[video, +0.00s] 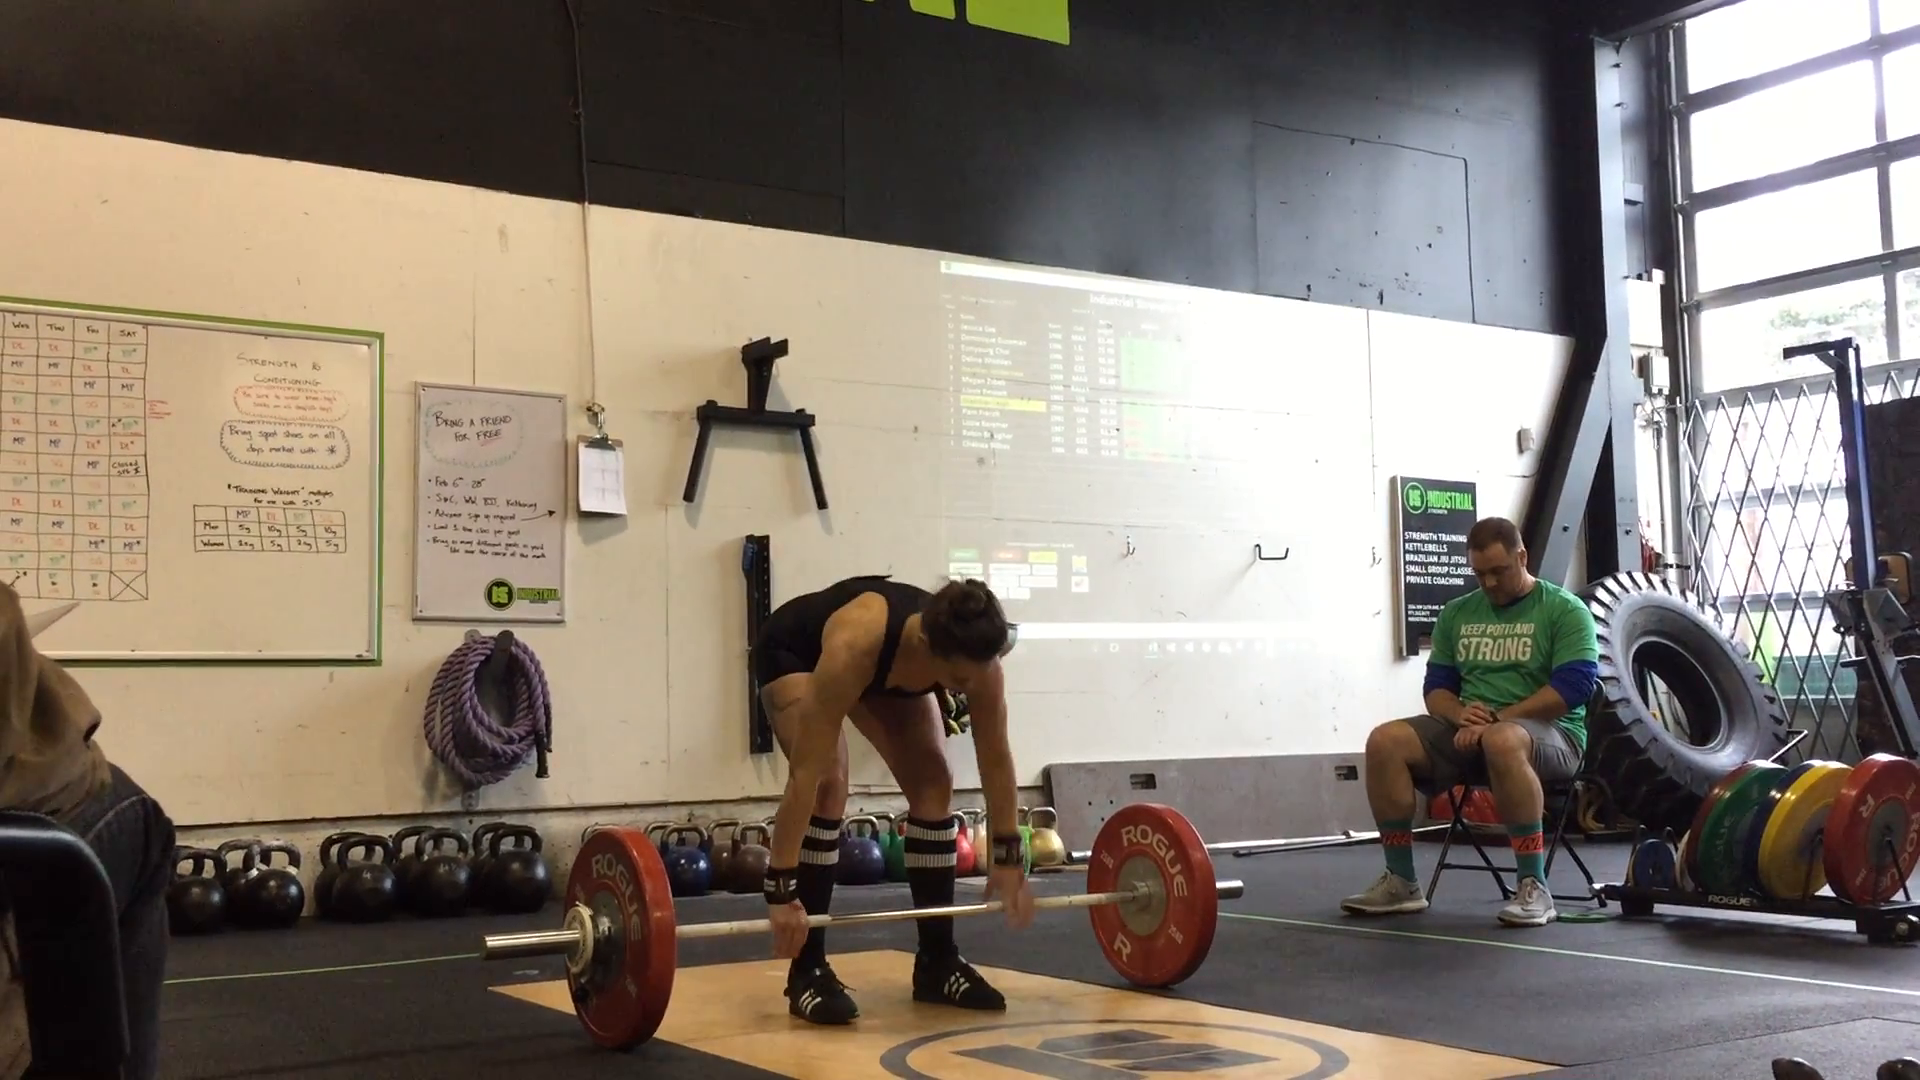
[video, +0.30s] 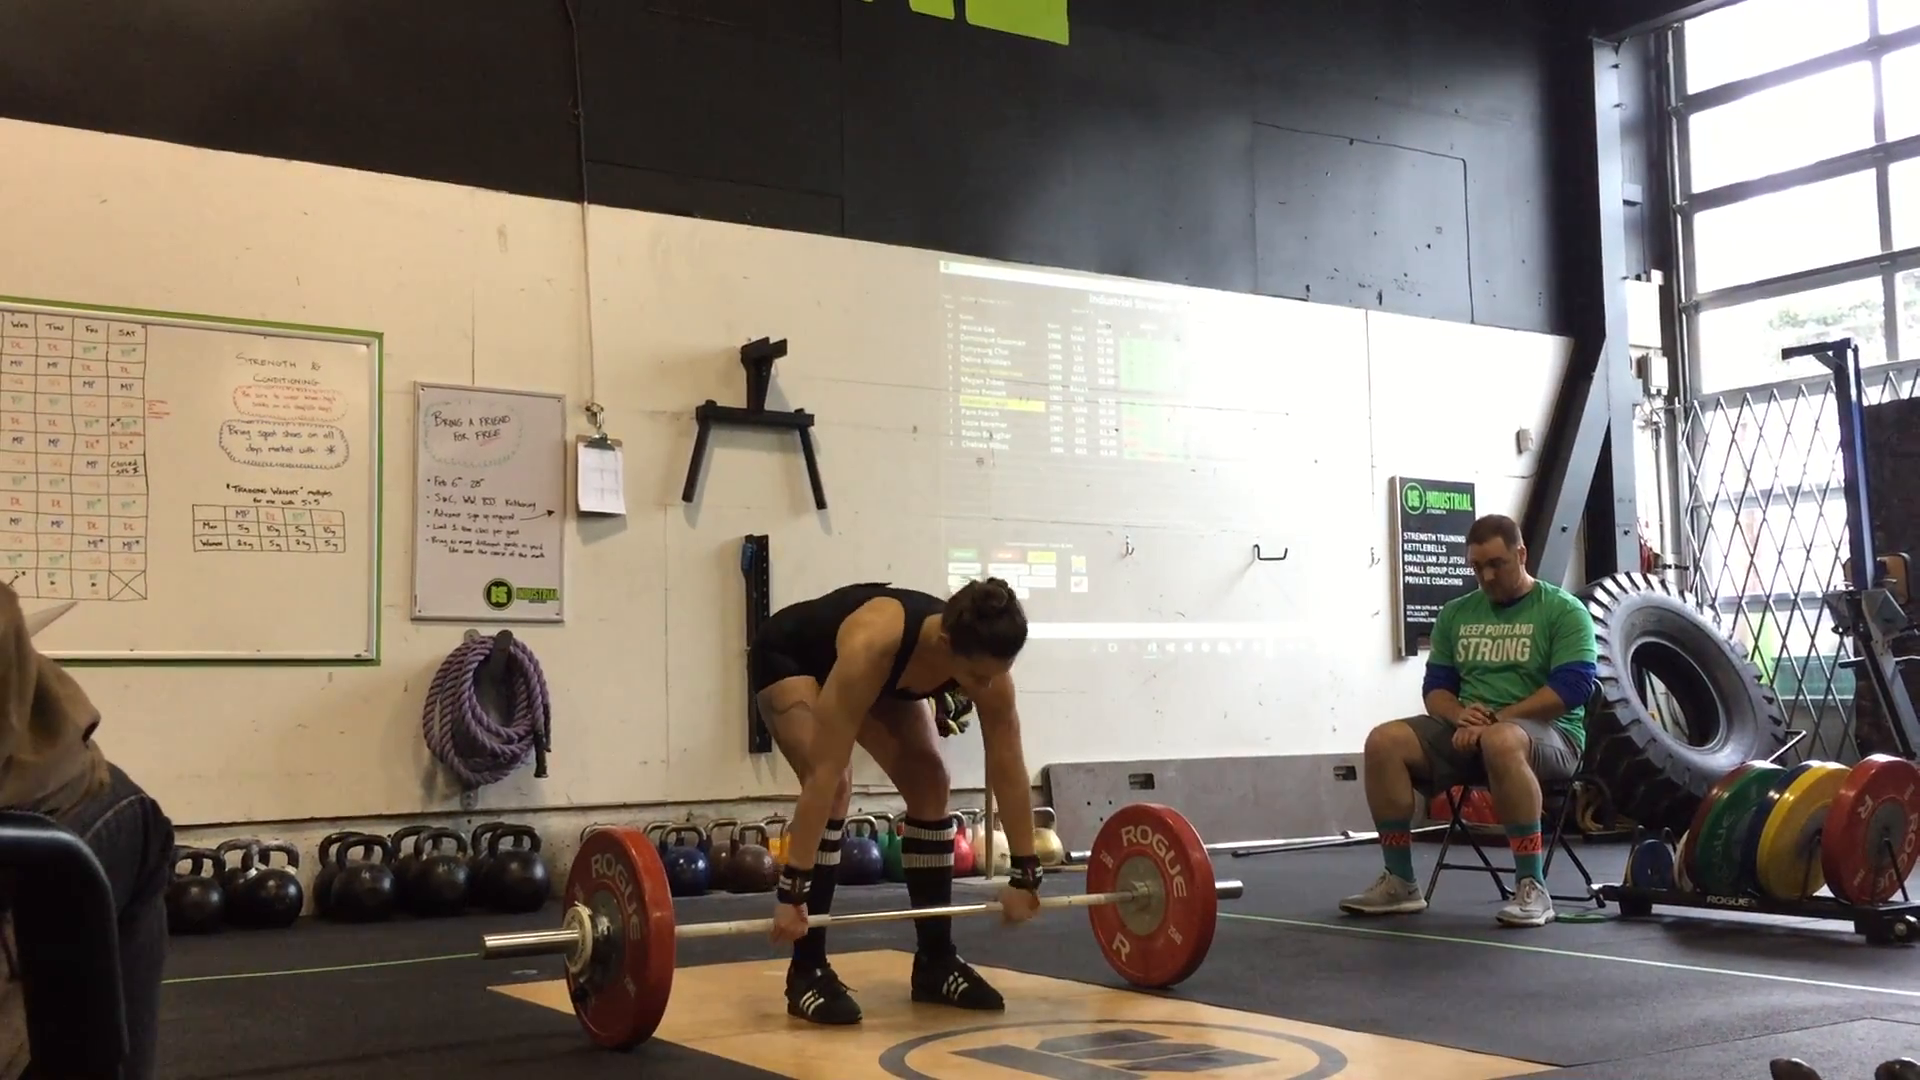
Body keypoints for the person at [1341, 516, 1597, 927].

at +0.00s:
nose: (1489, 583)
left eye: (1498, 571)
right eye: (1480, 574)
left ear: (1523, 557)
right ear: (1471, 566)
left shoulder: (1565, 609)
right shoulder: (1455, 614)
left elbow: (1574, 686)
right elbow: (1437, 689)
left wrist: (1496, 722)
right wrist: (1459, 713)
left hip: (1550, 734)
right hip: (1469, 733)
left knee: (1502, 741)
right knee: (1384, 742)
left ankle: (1532, 888)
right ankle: (1401, 882)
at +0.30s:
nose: (1487, 576)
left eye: (1495, 564)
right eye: (1478, 567)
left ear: (1522, 555)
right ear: (1469, 564)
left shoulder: (1564, 610)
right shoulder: (1454, 614)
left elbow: (1573, 687)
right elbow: (1436, 690)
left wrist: (1494, 722)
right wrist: (1459, 713)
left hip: (1548, 734)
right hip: (1468, 734)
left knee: (1500, 741)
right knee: (1383, 742)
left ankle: (1531, 889)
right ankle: (1400, 882)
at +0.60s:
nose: (1489, 568)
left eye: (1498, 556)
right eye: (1480, 559)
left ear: (1525, 552)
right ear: (1472, 559)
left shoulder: (1566, 612)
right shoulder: (1456, 614)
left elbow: (1574, 688)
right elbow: (1440, 686)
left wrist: (1494, 716)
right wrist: (1454, 716)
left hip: (1550, 735)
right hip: (1472, 736)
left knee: (1502, 741)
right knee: (1384, 743)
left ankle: (1532, 889)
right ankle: (1401, 883)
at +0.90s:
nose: (1490, 559)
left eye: (1500, 549)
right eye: (1482, 551)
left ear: (1527, 549)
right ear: (1475, 555)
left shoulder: (1566, 611)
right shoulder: (1458, 613)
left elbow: (1573, 692)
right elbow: (1442, 684)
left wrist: (1492, 718)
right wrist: (1455, 719)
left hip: (1551, 735)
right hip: (1472, 736)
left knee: (1502, 742)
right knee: (1385, 744)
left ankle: (1532, 890)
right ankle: (1401, 884)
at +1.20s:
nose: (1490, 553)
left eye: (1501, 543)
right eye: (1483, 545)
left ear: (1529, 547)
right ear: (1478, 553)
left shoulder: (1565, 611)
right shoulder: (1459, 612)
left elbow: (1569, 689)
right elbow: (1440, 682)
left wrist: (1493, 724)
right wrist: (1459, 723)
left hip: (1550, 734)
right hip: (1470, 735)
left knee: (1502, 742)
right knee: (1383, 745)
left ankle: (1531, 890)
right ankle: (1400, 884)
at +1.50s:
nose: (1488, 553)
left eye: (1498, 543)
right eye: (1480, 545)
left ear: (1526, 547)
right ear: (1475, 553)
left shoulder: (1564, 611)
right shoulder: (1456, 616)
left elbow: (1566, 689)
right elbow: (1441, 687)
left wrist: (1492, 728)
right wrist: (1459, 724)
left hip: (1549, 734)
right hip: (1469, 735)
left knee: (1501, 743)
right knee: (1382, 745)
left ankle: (1531, 891)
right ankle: (1399, 884)